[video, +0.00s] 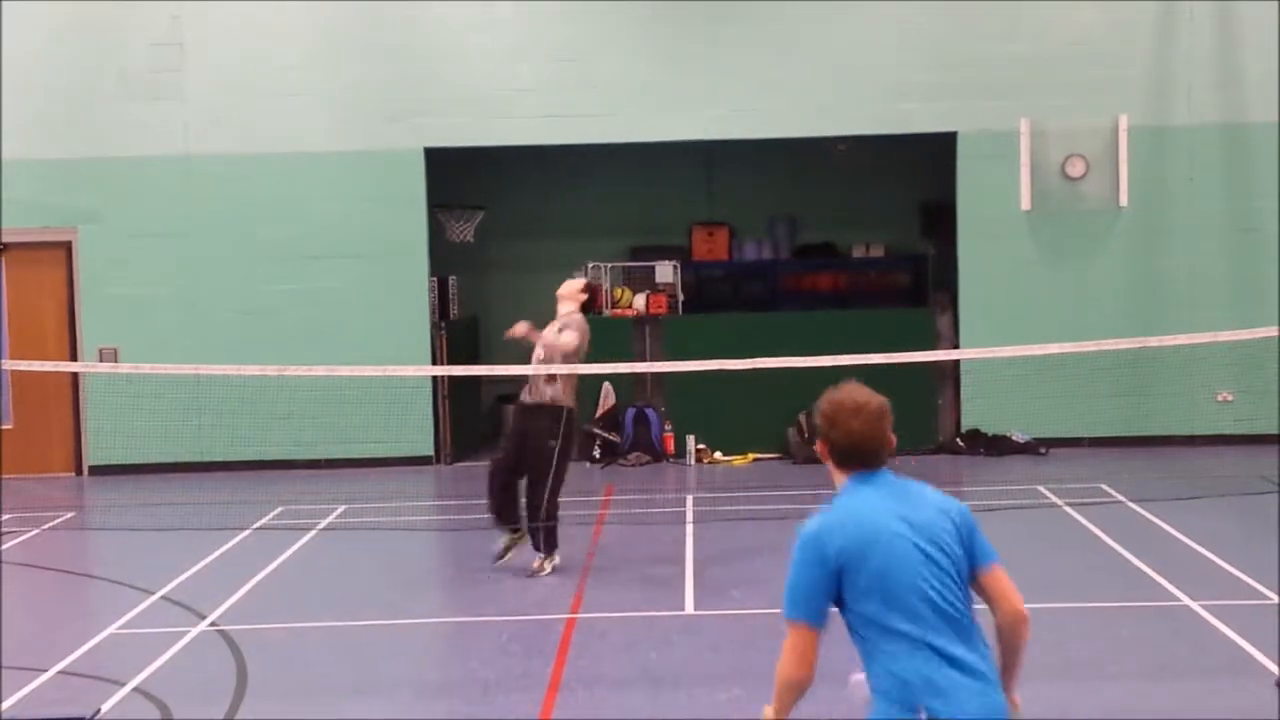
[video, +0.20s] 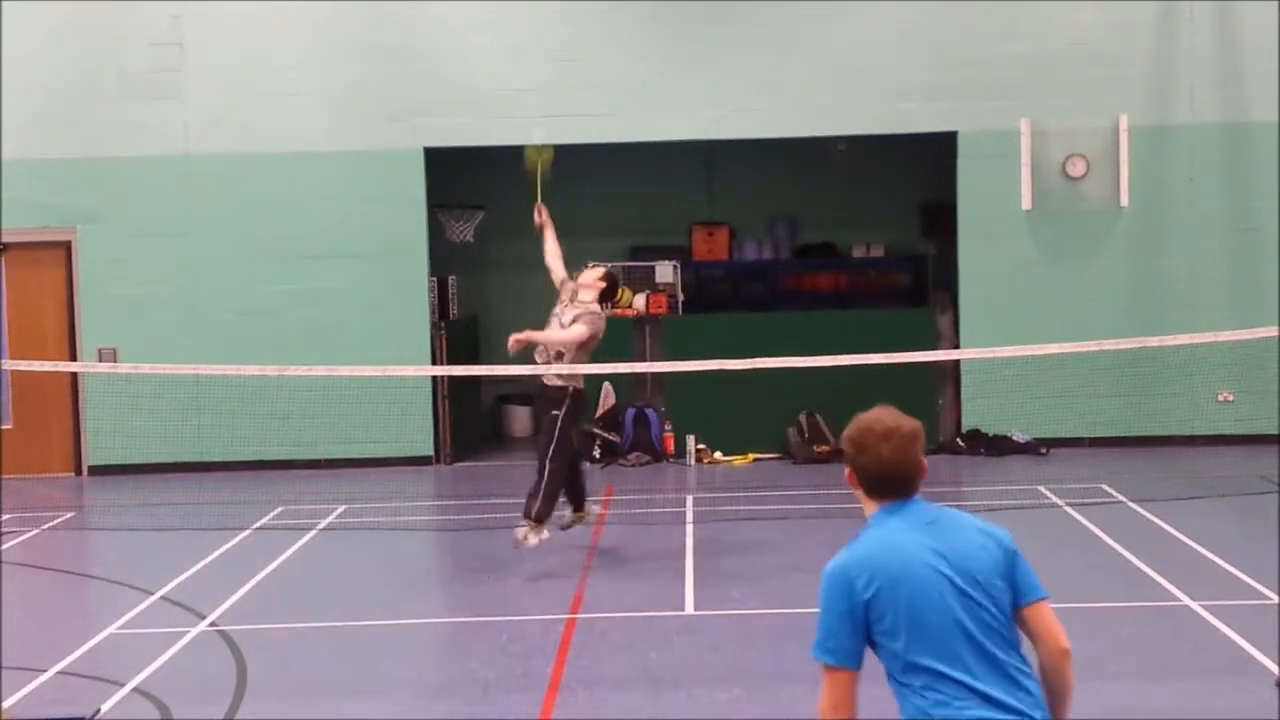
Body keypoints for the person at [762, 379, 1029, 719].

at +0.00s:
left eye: (817, 438)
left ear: (822, 450)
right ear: (892, 442)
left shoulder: (825, 531)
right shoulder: (945, 507)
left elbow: (797, 672)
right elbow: (1014, 614)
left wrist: (777, 711)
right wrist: (1007, 688)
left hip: (904, 709)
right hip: (984, 704)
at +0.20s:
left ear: (850, 478)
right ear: (924, 468)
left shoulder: (850, 570)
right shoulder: (989, 537)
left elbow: (837, 705)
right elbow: (1056, 647)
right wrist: (1055, 712)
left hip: (937, 710)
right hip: (1024, 709)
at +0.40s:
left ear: (893, 451)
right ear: (970, 440)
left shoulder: (885, 548)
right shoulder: (1028, 519)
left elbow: (875, 698)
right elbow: (1100, 635)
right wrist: (1090, 713)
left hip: (963, 711)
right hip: (1051, 708)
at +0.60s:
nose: (952, 415)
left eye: (956, 412)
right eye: (957, 409)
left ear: (966, 439)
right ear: (1030, 443)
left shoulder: (928, 535)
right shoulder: (1074, 529)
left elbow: (905, 680)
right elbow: (1129, 660)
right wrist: (1133, 714)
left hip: (971, 709)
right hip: (1061, 708)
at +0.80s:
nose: (1012, 413)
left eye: (1023, 411)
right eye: (1021, 406)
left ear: (1032, 448)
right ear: (1081, 456)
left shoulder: (970, 527)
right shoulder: (1117, 543)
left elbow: (938, 661)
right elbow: (1136, 682)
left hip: (990, 710)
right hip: (1081, 710)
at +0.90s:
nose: (1015, 406)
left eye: (1026, 404)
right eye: (1025, 399)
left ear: (1037, 442)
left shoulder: (971, 515)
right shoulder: (1114, 532)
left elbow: (945, 646)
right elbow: (1132, 672)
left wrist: (932, 712)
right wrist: (1105, 713)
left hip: (988, 708)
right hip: (1079, 707)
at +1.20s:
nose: (930, 440)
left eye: (940, 432)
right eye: (937, 431)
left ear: (959, 457)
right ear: (1001, 461)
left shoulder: (904, 539)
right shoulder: (1042, 538)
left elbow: (876, 666)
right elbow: (1084, 666)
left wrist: (865, 712)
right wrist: (1061, 712)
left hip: (937, 710)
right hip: (1027, 710)